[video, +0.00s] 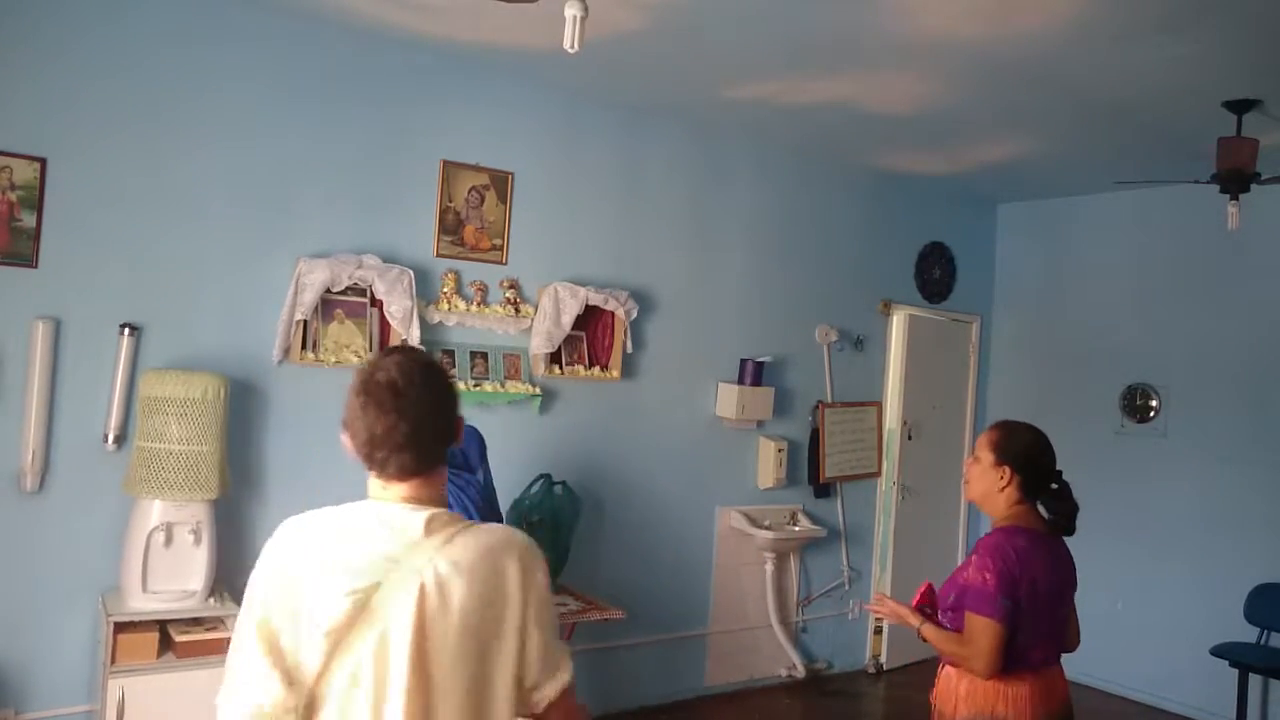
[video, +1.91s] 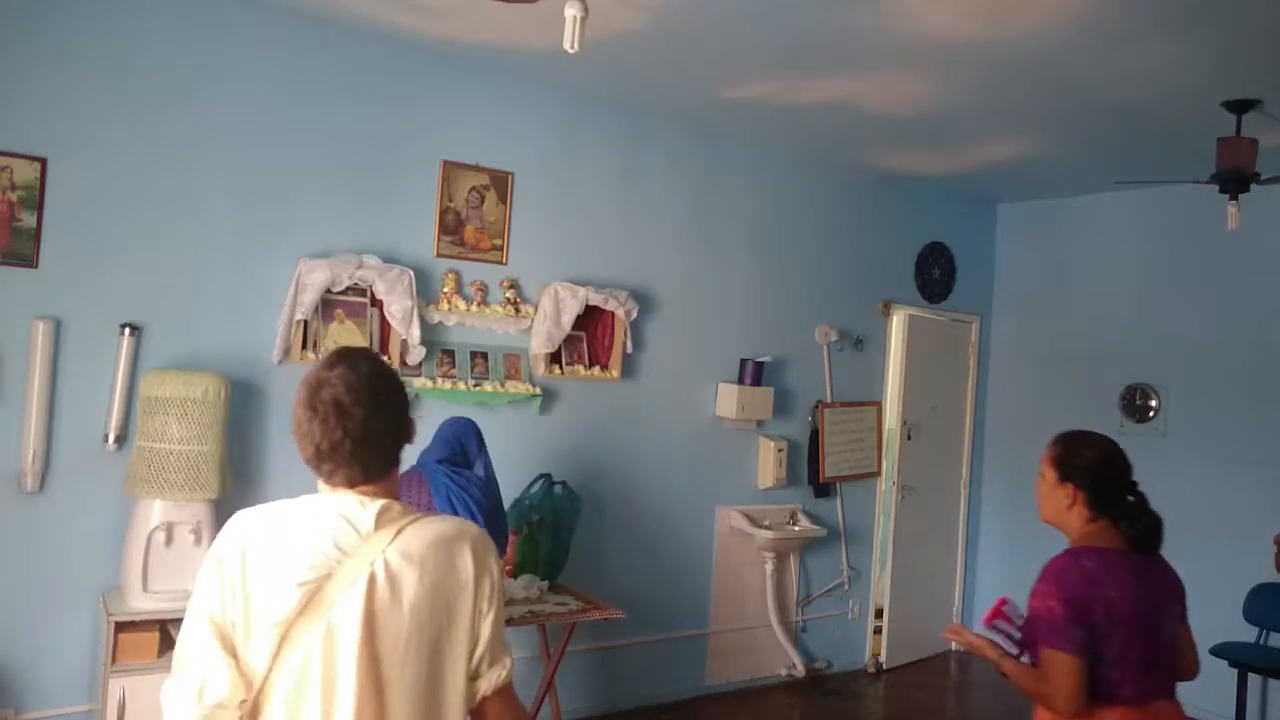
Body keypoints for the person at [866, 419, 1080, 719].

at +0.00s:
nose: (966, 466)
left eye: (975, 459)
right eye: (971, 457)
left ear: (1003, 477)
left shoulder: (994, 551)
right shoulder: (1053, 544)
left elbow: (982, 661)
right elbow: (1068, 639)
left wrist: (916, 622)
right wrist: (954, 619)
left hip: (989, 696)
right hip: (1045, 686)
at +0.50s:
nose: (963, 468)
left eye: (972, 459)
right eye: (968, 458)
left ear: (999, 475)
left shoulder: (983, 554)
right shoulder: (1059, 551)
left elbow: (972, 668)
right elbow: (1079, 652)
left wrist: (912, 630)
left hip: (982, 701)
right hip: (1048, 696)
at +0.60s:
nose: (962, 472)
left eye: (971, 462)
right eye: (967, 462)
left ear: (997, 478)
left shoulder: (981, 557)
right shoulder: (1062, 556)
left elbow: (968, 673)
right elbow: (1086, 657)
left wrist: (910, 636)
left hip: (982, 703)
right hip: (1050, 700)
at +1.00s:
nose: (966, 482)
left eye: (971, 471)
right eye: (969, 470)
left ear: (995, 484)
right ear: (1041, 482)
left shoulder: (973, 564)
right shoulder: (1081, 565)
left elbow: (962, 686)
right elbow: (1114, 666)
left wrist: (910, 646)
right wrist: (1041, 666)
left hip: (989, 709)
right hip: (1069, 709)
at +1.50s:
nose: (987, 486)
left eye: (990, 476)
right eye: (989, 475)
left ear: (1009, 488)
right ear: (1060, 483)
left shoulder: (992, 572)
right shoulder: (1110, 565)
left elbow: (984, 693)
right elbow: (1143, 667)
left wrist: (942, 645)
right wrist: (1069, 661)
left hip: (1020, 710)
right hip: (1100, 709)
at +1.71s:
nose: (1011, 485)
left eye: (1017, 474)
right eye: (1014, 473)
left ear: (1041, 489)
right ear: (1086, 484)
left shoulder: (1029, 573)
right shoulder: (1134, 566)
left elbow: (1021, 694)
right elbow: (1162, 664)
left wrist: (966, 650)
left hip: (1053, 713)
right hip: (1129, 710)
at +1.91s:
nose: (1036, 486)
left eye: (1042, 477)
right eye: (1039, 475)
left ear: (1070, 494)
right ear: (1114, 491)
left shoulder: (1063, 576)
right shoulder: (1157, 568)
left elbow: (1065, 701)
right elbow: (1186, 666)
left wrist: (999, 657)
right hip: (1164, 712)